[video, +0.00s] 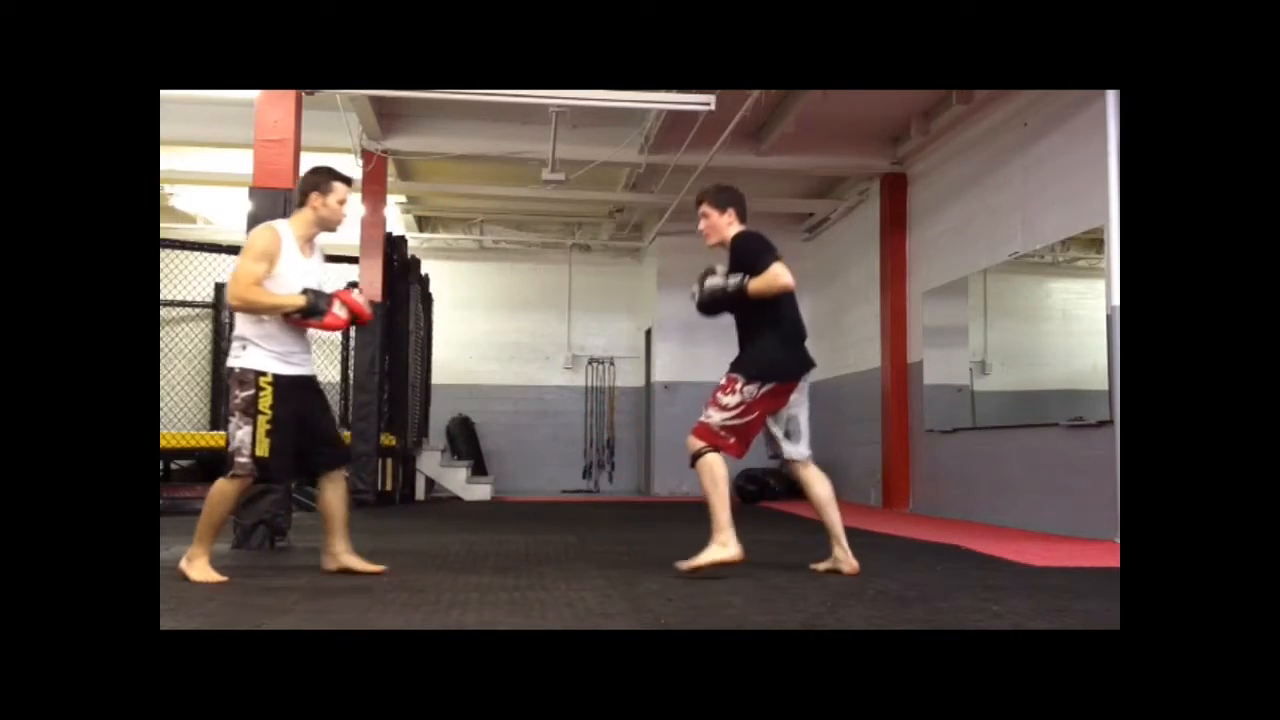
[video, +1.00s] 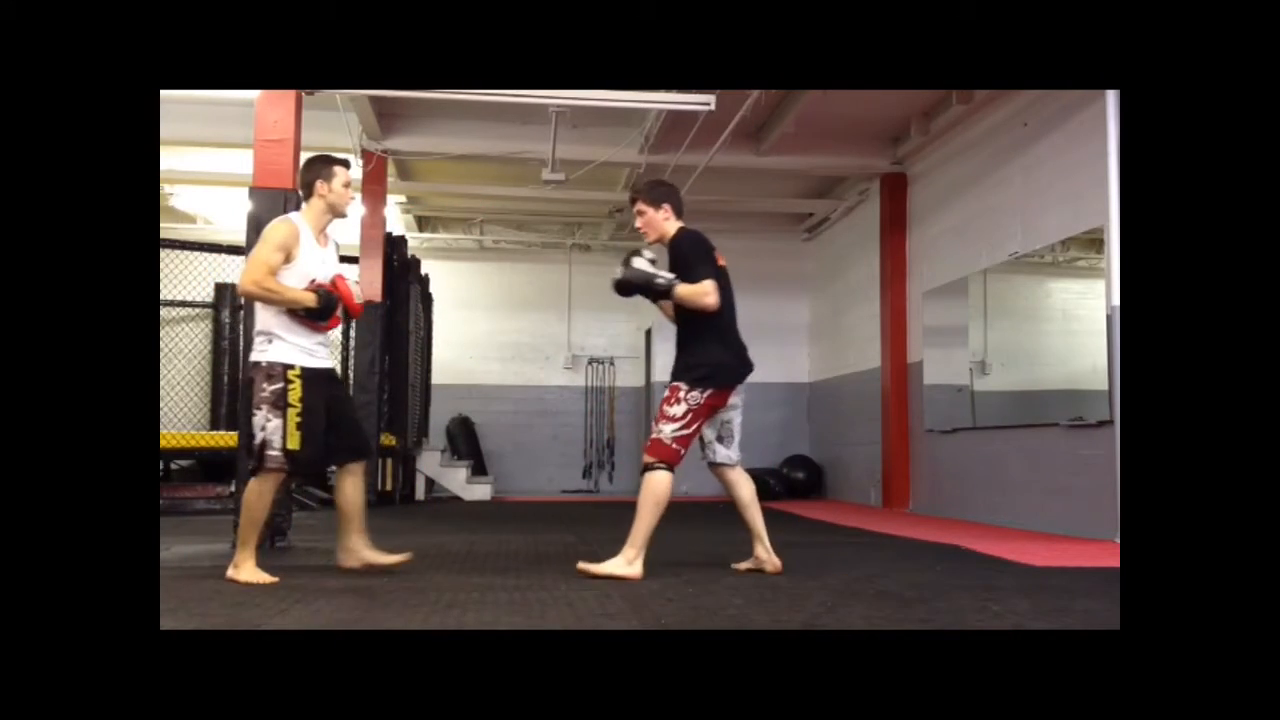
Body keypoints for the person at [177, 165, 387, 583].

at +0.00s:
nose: (345, 212)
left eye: (346, 204)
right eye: (341, 203)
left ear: (319, 203)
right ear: (315, 200)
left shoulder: (314, 252)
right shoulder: (267, 236)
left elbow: (295, 309)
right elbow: (239, 294)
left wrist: (336, 308)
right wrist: (305, 302)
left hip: (298, 372)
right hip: (256, 368)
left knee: (332, 461)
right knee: (246, 468)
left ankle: (337, 551)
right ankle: (196, 555)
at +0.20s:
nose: (324, 195)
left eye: (325, 187)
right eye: (319, 186)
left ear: (299, 188)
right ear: (292, 185)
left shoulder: (299, 239)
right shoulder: (254, 225)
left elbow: (286, 295)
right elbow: (217, 278)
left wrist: (321, 294)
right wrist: (282, 291)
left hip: (288, 363)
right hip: (247, 360)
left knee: (303, 458)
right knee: (234, 459)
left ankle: (264, 545)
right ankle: (195, 555)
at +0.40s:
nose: (325, 196)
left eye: (326, 189)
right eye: (320, 187)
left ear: (300, 192)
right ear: (293, 188)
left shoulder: (303, 244)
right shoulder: (253, 229)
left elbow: (292, 295)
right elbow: (215, 284)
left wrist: (322, 297)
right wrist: (279, 295)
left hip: (287, 363)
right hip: (248, 359)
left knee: (280, 464)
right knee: (242, 461)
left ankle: (254, 553)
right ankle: (199, 552)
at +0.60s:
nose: (334, 197)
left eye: (335, 190)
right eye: (329, 189)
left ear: (307, 192)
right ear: (302, 189)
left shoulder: (316, 247)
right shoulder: (258, 229)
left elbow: (305, 305)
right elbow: (212, 277)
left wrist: (325, 301)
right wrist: (274, 296)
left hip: (290, 358)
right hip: (254, 354)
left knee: (284, 460)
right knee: (264, 457)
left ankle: (254, 550)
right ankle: (227, 547)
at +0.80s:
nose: (338, 198)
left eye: (337, 191)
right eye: (332, 190)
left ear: (312, 193)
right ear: (307, 192)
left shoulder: (318, 249)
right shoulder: (267, 233)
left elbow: (312, 298)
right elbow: (225, 285)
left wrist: (329, 303)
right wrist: (287, 303)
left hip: (299, 365)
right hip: (262, 362)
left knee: (317, 463)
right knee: (266, 466)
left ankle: (267, 541)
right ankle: (242, 561)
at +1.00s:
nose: (352, 195)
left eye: (351, 187)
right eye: (345, 186)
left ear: (325, 191)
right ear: (319, 188)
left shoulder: (327, 243)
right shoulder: (285, 228)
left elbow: (319, 290)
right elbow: (250, 282)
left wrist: (343, 298)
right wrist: (308, 299)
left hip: (319, 366)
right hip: (279, 363)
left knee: (353, 454)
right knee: (274, 464)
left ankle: (353, 546)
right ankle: (243, 561)